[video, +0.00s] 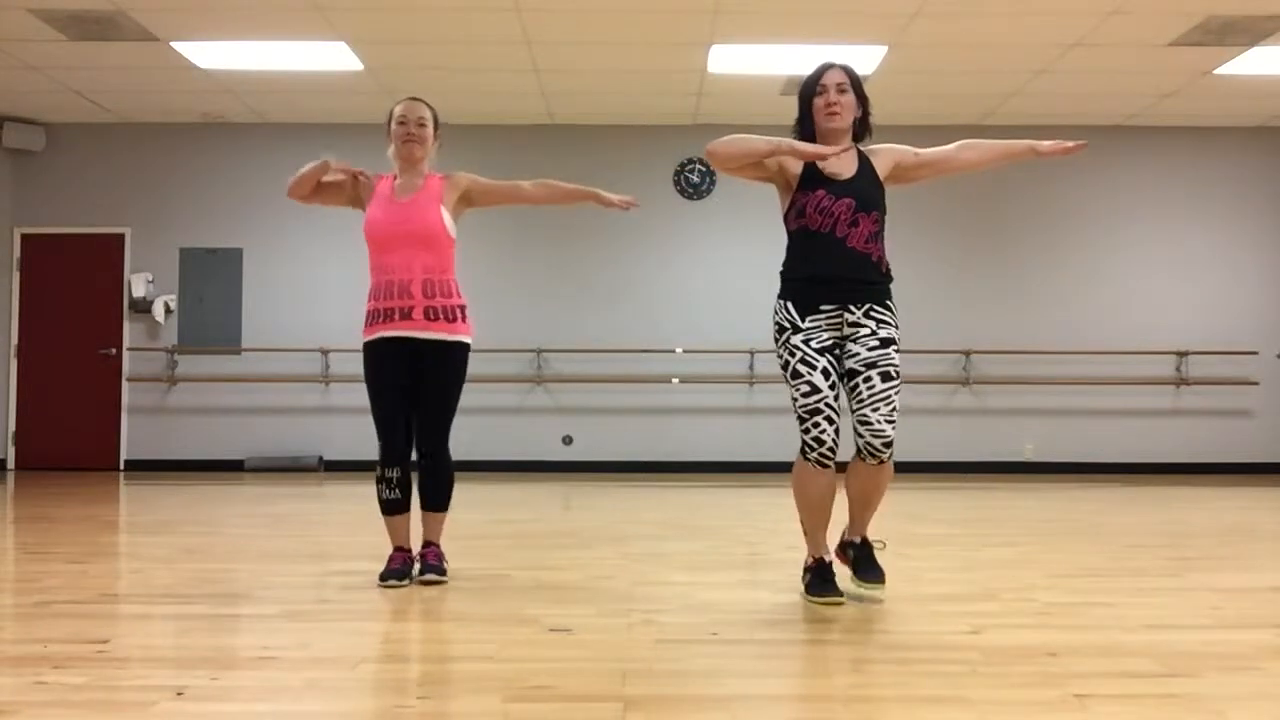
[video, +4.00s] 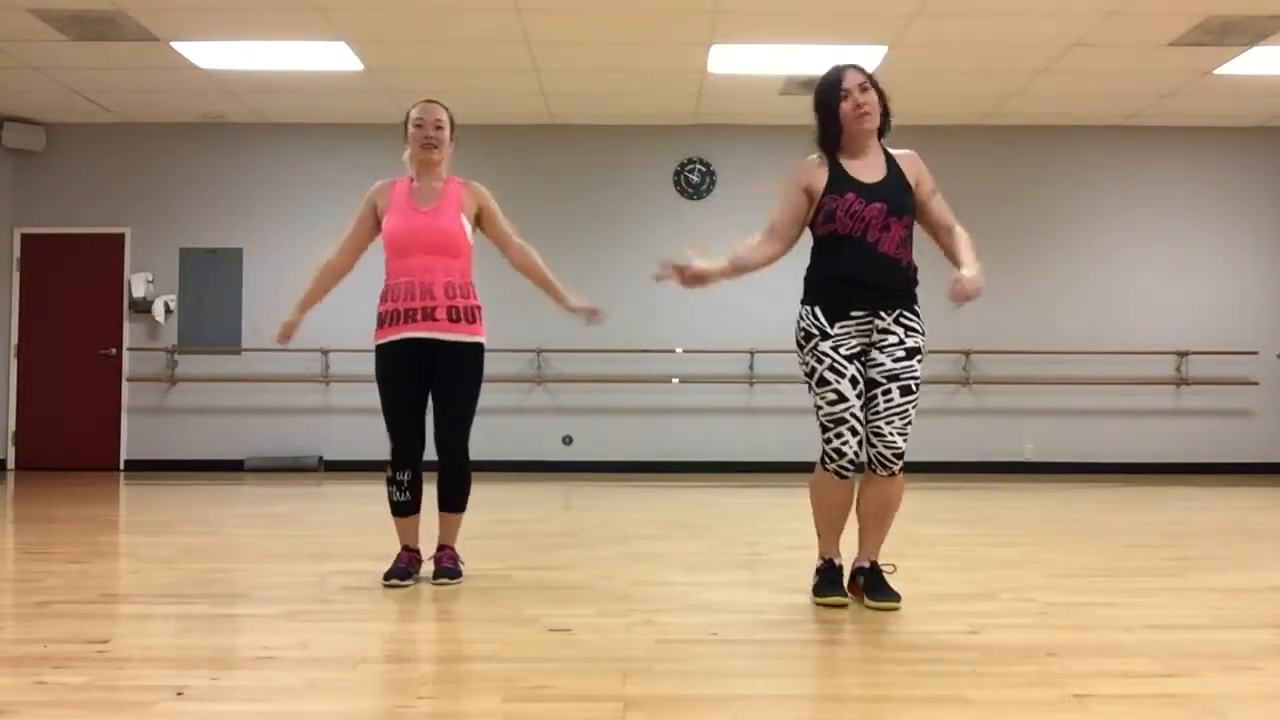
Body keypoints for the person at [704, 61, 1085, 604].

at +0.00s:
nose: (832, 99)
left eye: (842, 91)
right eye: (823, 92)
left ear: (860, 105)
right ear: (807, 107)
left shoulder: (881, 159)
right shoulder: (787, 163)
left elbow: (957, 152)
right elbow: (715, 151)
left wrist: (1032, 147)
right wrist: (789, 147)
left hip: (870, 314)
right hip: (804, 314)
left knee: (878, 435)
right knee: (821, 434)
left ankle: (855, 539)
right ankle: (816, 560)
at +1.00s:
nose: (844, 105)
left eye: (853, 96)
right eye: (832, 97)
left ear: (867, 109)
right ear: (817, 110)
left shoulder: (884, 155)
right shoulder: (801, 160)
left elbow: (898, 66)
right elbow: (789, 75)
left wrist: (869, 1)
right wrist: (816, 11)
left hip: (877, 310)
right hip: (811, 311)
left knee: (872, 433)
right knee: (821, 432)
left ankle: (863, 552)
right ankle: (816, 557)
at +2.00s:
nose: (846, 101)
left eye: (855, 93)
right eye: (834, 94)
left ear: (869, 105)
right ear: (817, 107)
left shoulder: (887, 155)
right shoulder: (795, 158)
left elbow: (958, 112)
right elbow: (727, 118)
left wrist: (1027, 76)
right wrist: (657, 75)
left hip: (879, 315)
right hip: (813, 316)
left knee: (870, 437)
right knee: (824, 434)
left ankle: (854, 553)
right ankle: (811, 554)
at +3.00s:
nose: (854, 98)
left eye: (863, 89)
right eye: (844, 89)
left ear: (876, 102)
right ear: (825, 103)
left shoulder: (897, 162)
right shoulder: (800, 165)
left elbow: (968, 194)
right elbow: (723, 197)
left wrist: (1037, 224)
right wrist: (649, 220)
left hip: (888, 311)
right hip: (821, 312)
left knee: (879, 438)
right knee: (840, 430)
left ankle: (857, 557)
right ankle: (818, 540)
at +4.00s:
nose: (858, 100)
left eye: (864, 90)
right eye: (845, 96)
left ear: (881, 100)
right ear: (830, 113)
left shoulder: (908, 165)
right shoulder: (814, 172)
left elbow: (947, 229)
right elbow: (771, 242)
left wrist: (968, 266)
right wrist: (715, 269)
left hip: (897, 320)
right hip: (830, 321)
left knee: (889, 446)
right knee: (844, 444)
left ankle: (867, 567)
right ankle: (828, 563)